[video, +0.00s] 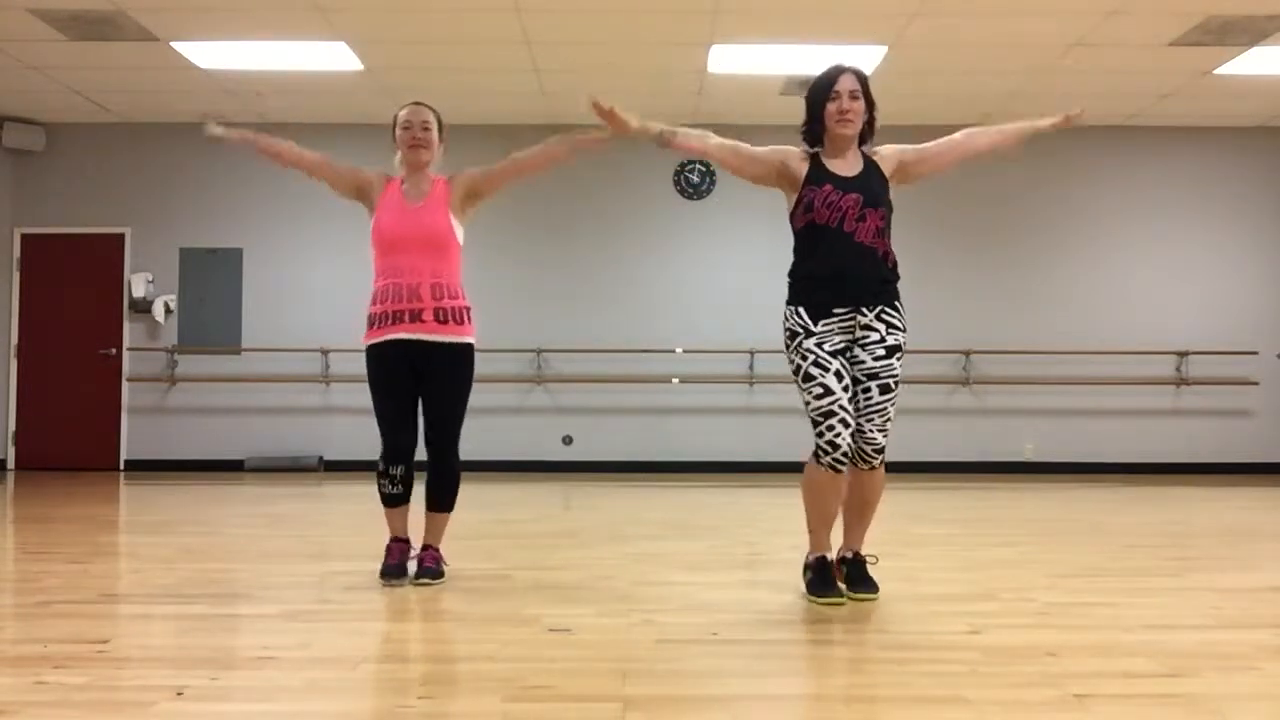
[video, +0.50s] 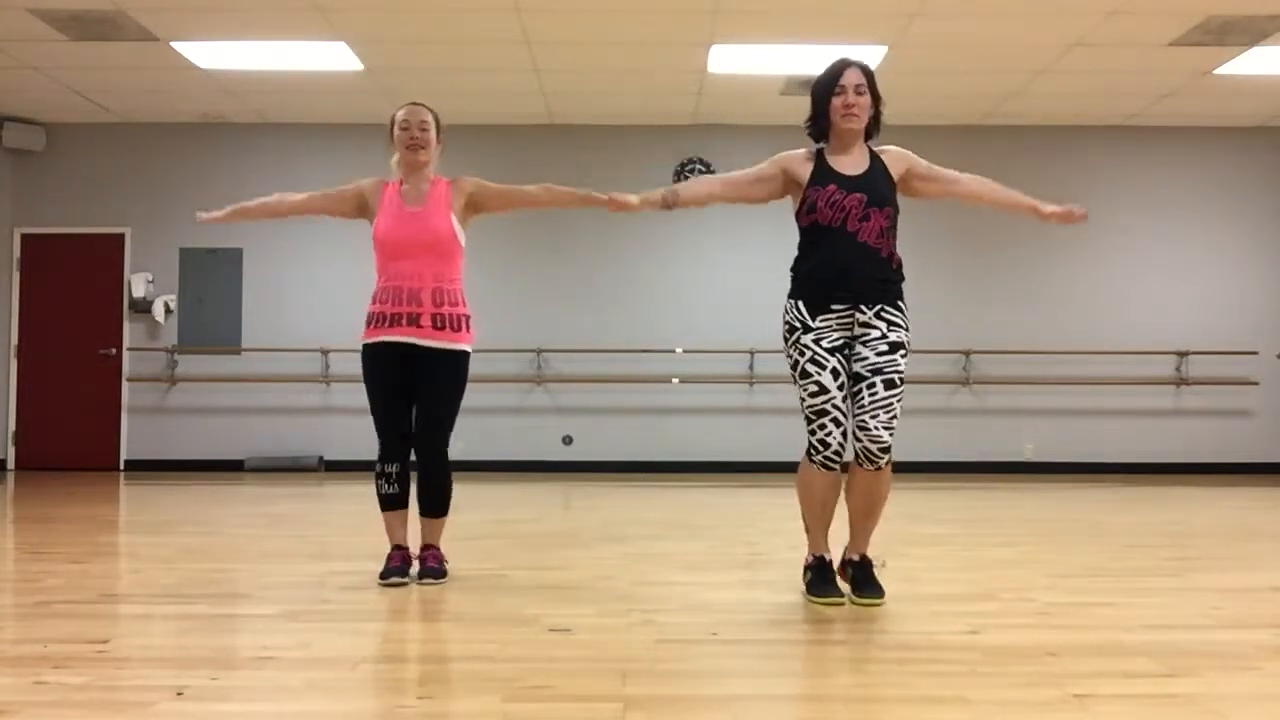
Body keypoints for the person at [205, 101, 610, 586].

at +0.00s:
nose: (418, 132)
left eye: (427, 126)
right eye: (409, 126)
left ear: (440, 141)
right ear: (394, 141)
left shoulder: (459, 191)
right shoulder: (375, 187)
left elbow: (527, 161)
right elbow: (309, 162)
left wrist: (604, 137)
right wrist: (247, 137)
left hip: (449, 337)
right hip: (389, 336)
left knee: (443, 445)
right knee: (397, 445)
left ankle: (431, 549)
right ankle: (398, 543)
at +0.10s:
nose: (414, 132)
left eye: (424, 127)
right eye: (405, 126)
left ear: (438, 143)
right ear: (392, 142)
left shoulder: (457, 192)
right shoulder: (372, 189)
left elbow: (530, 171)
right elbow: (296, 171)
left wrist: (594, 155)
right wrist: (234, 159)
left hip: (448, 337)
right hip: (388, 338)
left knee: (442, 446)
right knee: (395, 449)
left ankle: (431, 549)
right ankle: (399, 550)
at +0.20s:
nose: (413, 126)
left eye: (422, 122)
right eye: (404, 121)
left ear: (436, 138)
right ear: (391, 137)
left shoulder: (456, 188)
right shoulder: (371, 185)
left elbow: (530, 175)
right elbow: (293, 177)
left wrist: (594, 169)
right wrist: (227, 174)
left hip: (446, 333)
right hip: (386, 333)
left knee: (436, 442)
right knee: (393, 445)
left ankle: (432, 547)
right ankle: (398, 550)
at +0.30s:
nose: (412, 126)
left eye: (421, 121)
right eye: (403, 121)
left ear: (435, 135)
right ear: (390, 135)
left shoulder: (456, 186)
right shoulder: (370, 186)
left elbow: (531, 181)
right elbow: (291, 184)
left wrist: (589, 177)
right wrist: (225, 185)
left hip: (444, 330)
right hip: (385, 331)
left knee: (432, 438)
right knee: (392, 443)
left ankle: (434, 540)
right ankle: (399, 549)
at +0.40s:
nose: (413, 126)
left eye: (422, 122)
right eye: (404, 121)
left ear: (436, 139)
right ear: (390, 138)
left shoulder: (458, 189)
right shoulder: (371, 189)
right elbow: (293, 191)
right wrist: (227, 197)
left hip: (444, 331)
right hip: (385, 331)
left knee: (430, 439)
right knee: (390, 442)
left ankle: (435, 543)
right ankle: (398, 549)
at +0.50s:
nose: (415, 132)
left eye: (424, 126)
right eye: (405, 126)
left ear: (438, 140)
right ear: (393, 141)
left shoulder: (461, 192)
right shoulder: (374, 193)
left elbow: (537, 194)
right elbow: (295, 203)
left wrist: (605, 200)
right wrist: (229, 212)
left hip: (446, 336)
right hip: (386, 334)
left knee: (432, 444)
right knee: (392, 442)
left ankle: (432, 549)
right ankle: (399, 550)